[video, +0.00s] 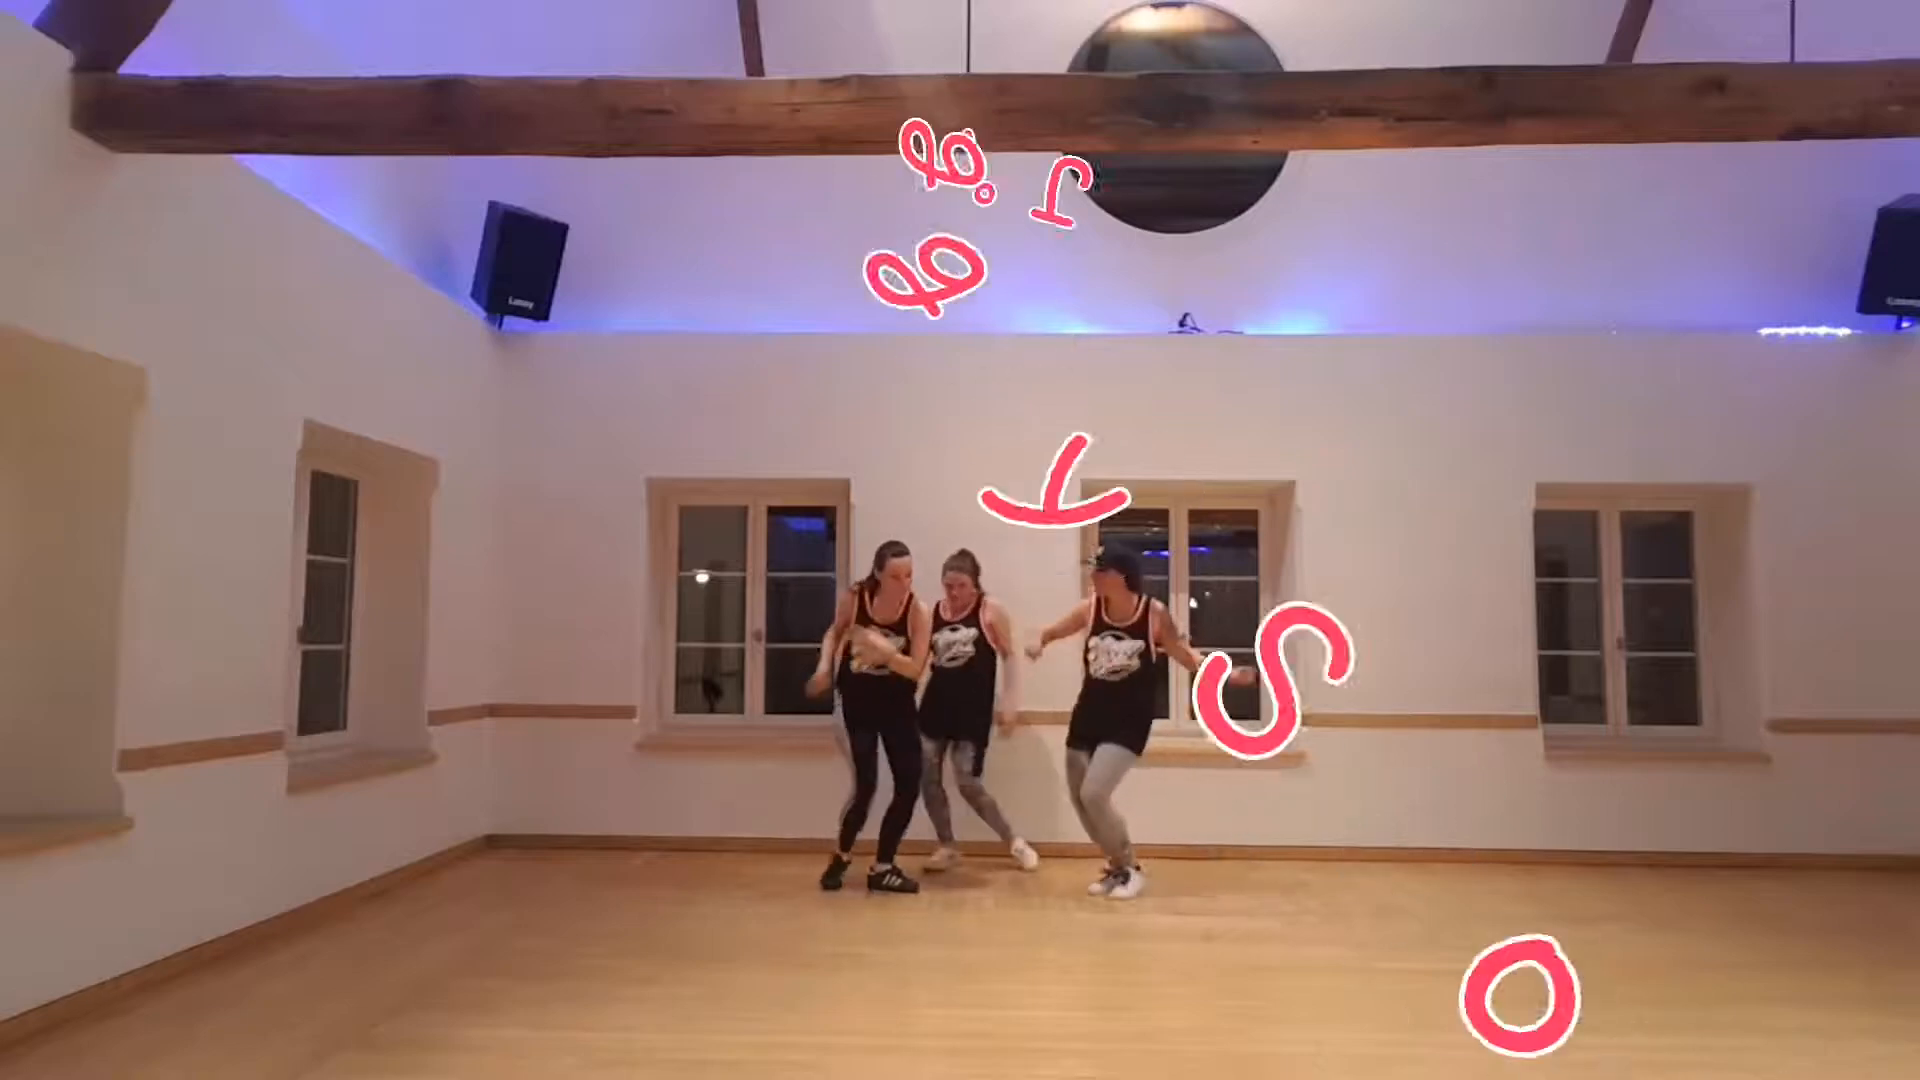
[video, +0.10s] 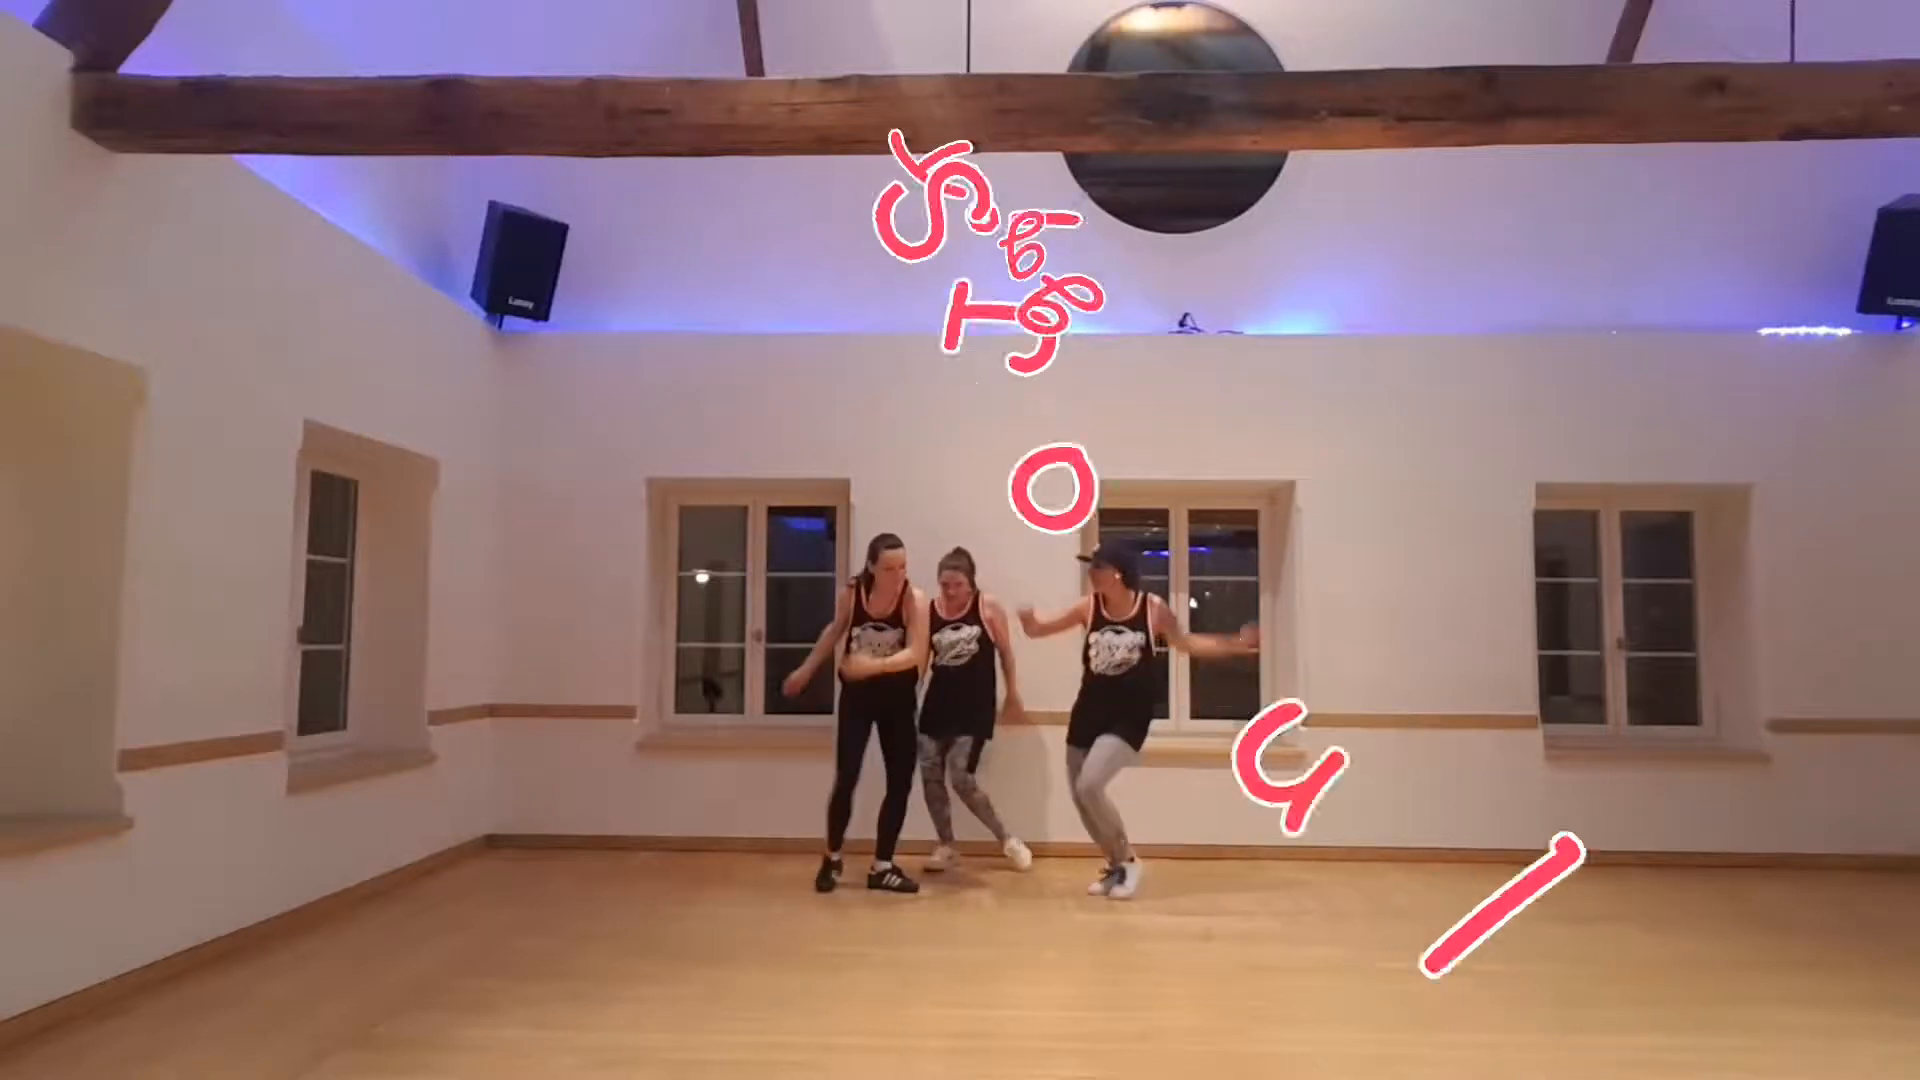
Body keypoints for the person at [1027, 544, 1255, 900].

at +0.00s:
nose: (1095, 576)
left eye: (1102, 571)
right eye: (1095, 570)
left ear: (1124, 577)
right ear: (1099, 577)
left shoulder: (1155, 617)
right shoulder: (1091, 609)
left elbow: (1189, 659)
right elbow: (1051, 633)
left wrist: (1228, 675)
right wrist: (1038, 642)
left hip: (1128, 720)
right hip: (1087, 715)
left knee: (1093, 793)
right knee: (1079, 795)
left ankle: (1127, 869)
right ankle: (1117, 867)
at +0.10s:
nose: (1092, 574)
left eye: (1098, 569)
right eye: (1092, 569)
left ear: (1118, 574)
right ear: (1101, 575)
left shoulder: (1153, 608)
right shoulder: (1089, 606)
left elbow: (1186, 643)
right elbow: (1038, 630)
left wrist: (1235, 644)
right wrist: (1029, 619)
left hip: (1128, 715)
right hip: (1087, 712)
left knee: (1089, 787)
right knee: (1080, 794)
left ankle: (1125, 863)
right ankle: (1115, 865)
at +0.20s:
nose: (1088, 564)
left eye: (1094, 558)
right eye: (1087, 559)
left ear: (1114, 561)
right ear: (1094, 564)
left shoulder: (1149, 592)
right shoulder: (1084, 592)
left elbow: (1196, 613)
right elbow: (1027, 606)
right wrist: (1010, 578)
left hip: (1131, 703)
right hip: (1091, 702)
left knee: (1092, 770)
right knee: (1084, 780)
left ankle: (1125, 856)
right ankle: (1115, 862)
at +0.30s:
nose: (1083, 557)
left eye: (1088, 550)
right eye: (1082, 551)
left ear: (1107, 550)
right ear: (1092, 554)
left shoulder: (1146, 580)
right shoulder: (1083, 585)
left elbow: (1194, 586)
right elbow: (1028, 596)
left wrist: (1204, 546)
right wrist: (997, 563)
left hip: (1136, 696)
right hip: (1094, 698)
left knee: (1107, 764)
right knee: (1095, 784)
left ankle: (1118, 865)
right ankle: (1115, 867)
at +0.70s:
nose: (1075, 580)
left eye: (1079, 572)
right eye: (1073, 574)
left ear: (1101, 570)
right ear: (1086, 575)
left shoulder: (1139, 589)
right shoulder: (1080, 613)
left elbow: (1183, 551)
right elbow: (1042, 645)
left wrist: (1144, 543)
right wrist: (1003, 616)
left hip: (1143, 713)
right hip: (1096, 716)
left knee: (1139, 789)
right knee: (1097, 798)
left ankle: (1130, 869)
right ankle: (1116, 865)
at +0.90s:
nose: (1073, 564)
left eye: (1077, 557)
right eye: (1072, 558)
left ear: (1098, 558)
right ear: (1087, 560)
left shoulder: (1130, 577)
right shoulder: (1083, 608)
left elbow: (1151, 522)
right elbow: (1071, 664)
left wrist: (1119, 506)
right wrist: (1026, 655)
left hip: (1144, 697)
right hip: (1105, 704)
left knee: (1127, 772)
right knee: (1105, 788)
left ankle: (1139, 868)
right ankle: (1118, 869)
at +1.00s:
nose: (1079, 567)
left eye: (1085, 559)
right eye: (1079, 560)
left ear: (1106, 559)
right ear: (1090, 563)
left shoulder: (1131, 584)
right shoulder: (1092, 607)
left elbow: (1130, 525)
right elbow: (1092, 658)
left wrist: (1107, 497)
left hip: (1134, 706)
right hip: (1099, 709)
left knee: (1125, 781)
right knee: (1101, 788)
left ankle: (1152, 873)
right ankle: (1119, 869)